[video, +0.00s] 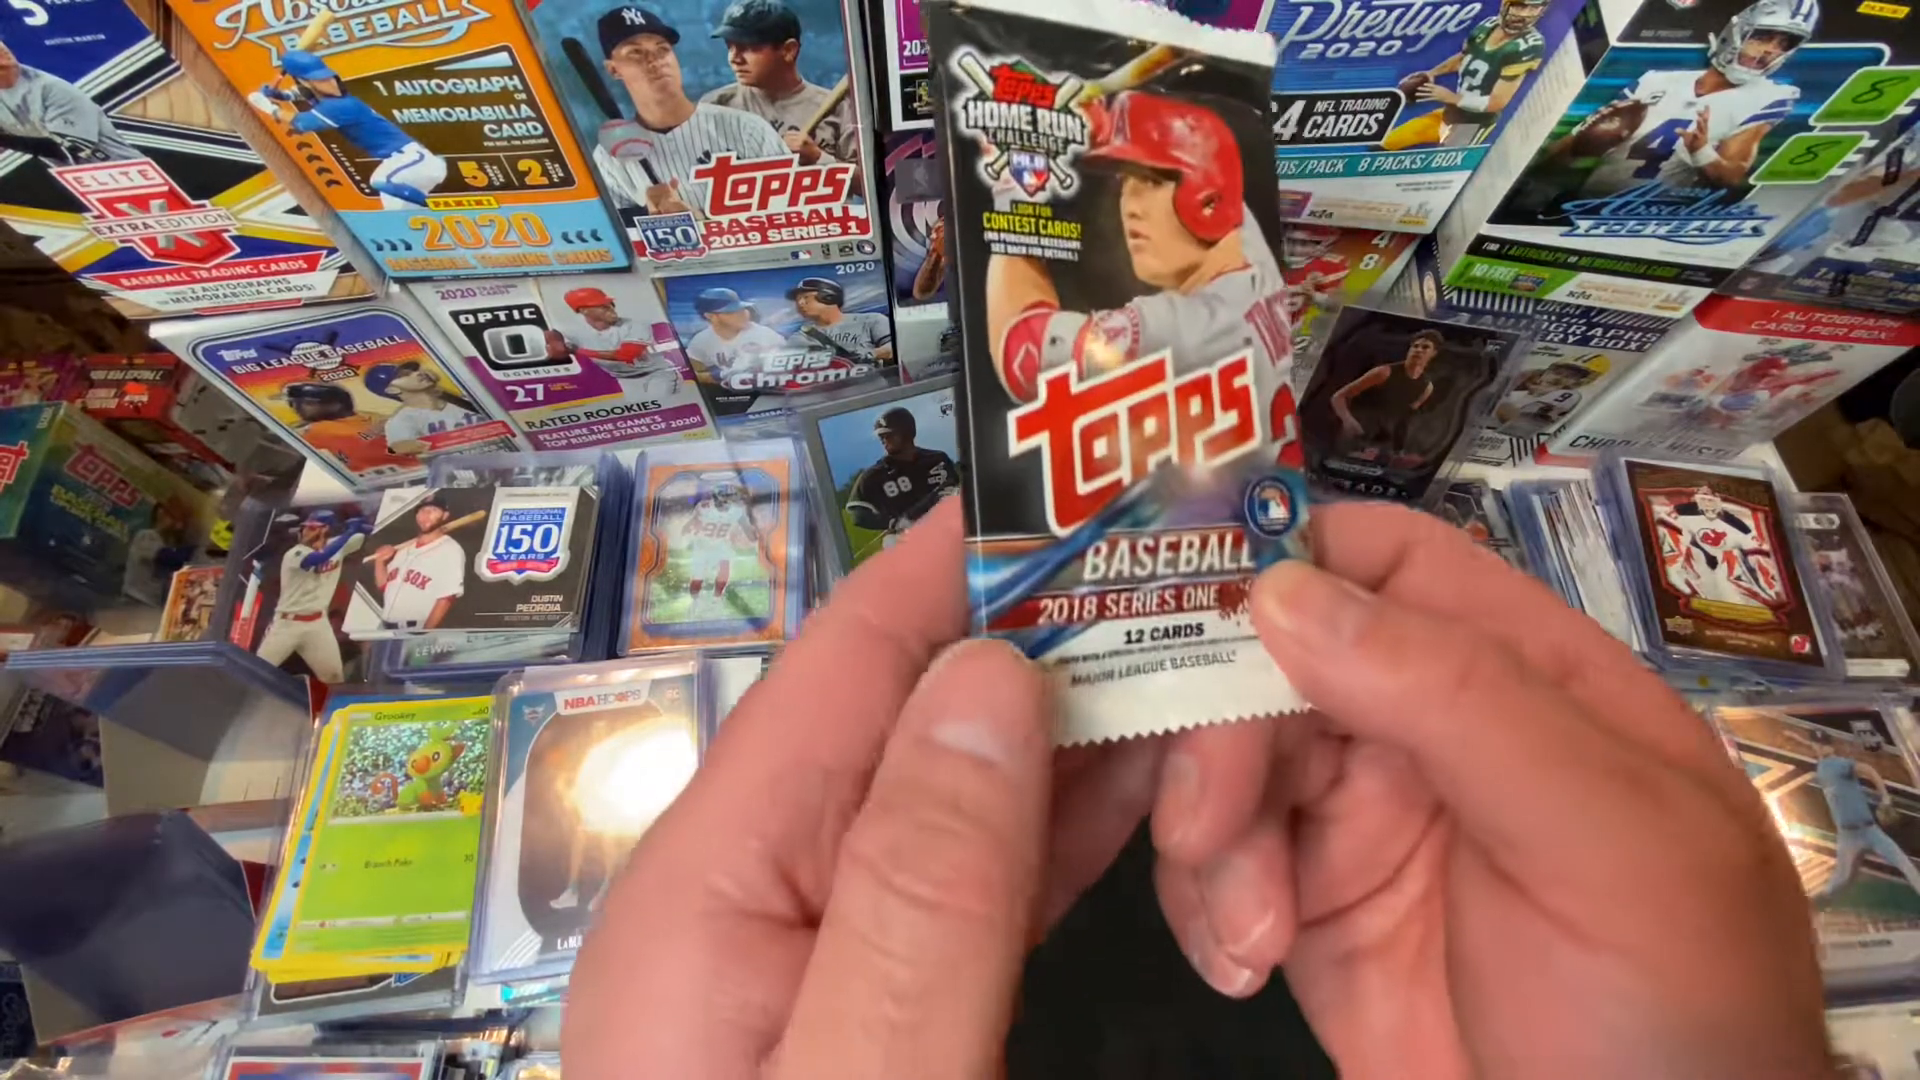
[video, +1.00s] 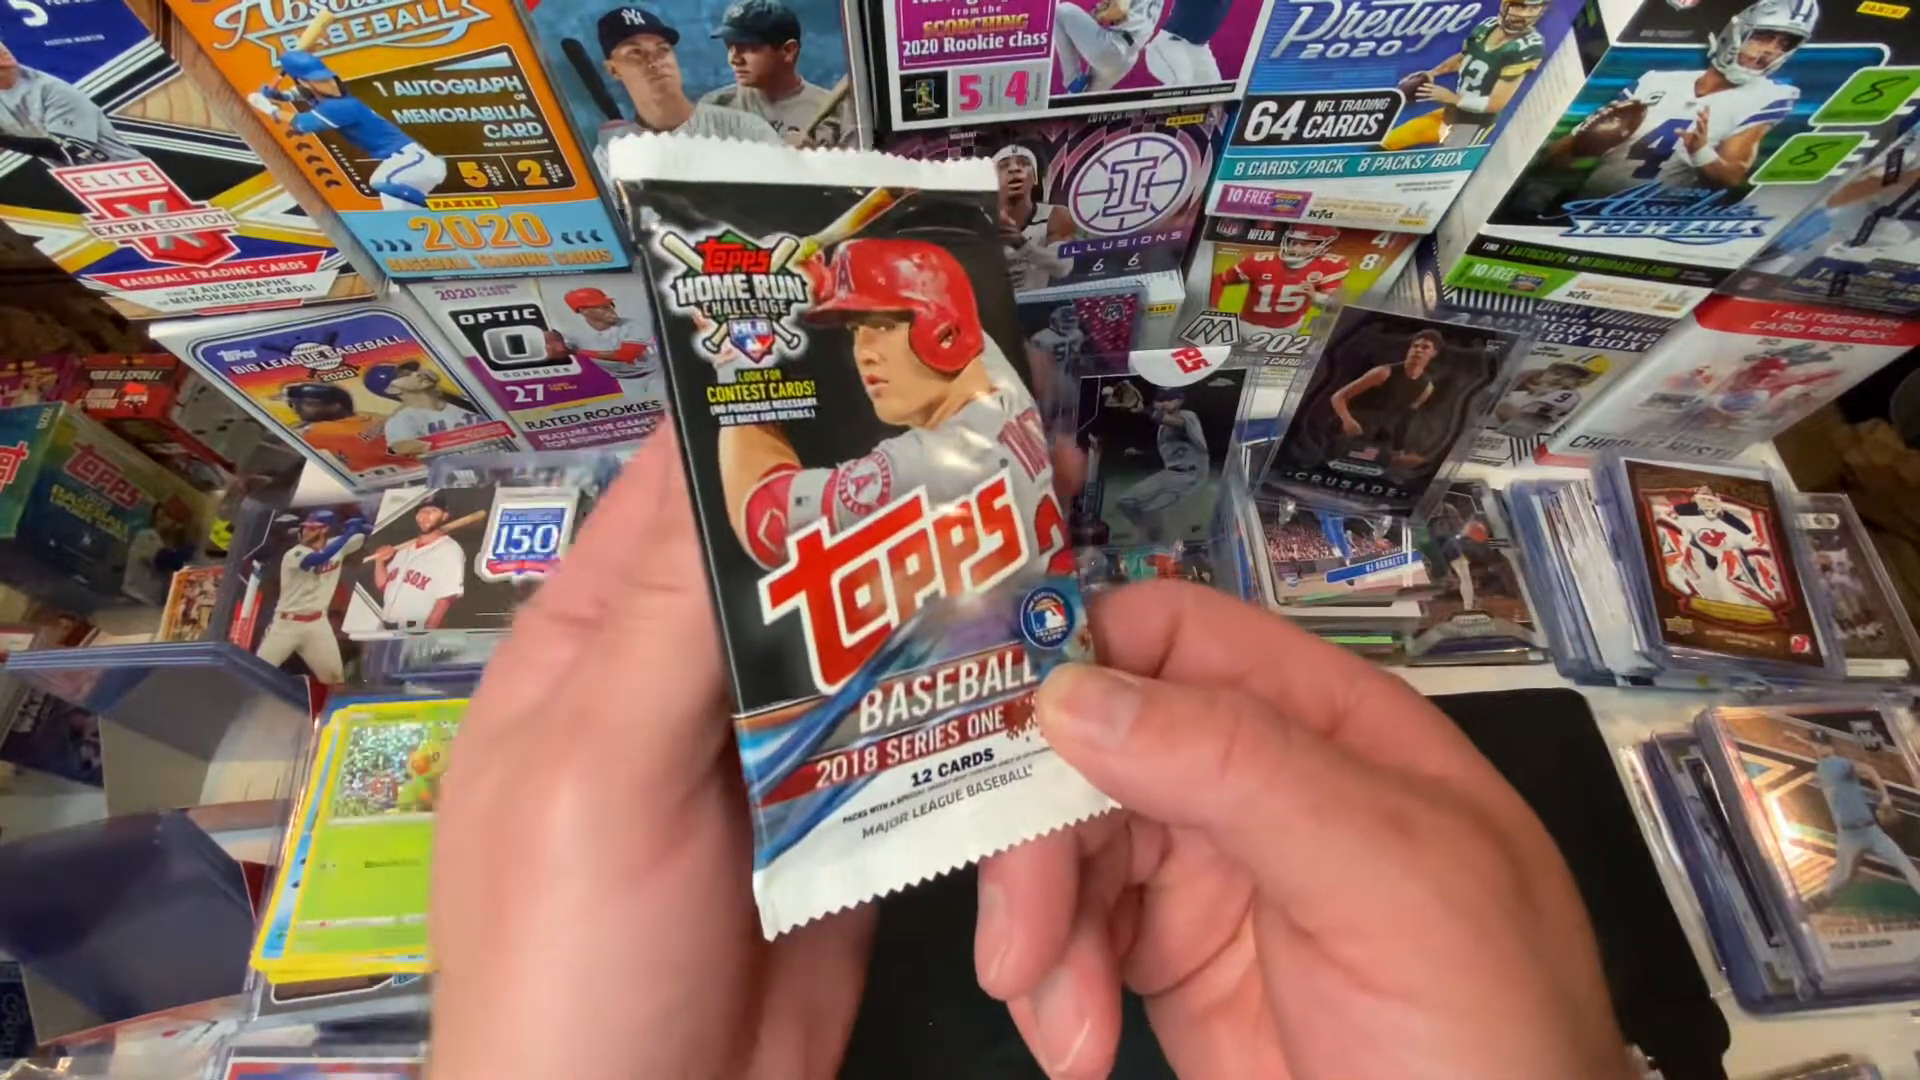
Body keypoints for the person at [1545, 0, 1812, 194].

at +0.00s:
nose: (1770, 52)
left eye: (1783, 46)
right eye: (1764, 37)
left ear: (1789, 56)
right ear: (1738, 32)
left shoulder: (1764, 100)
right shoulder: (1657, 83)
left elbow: (1735, 176)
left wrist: (1702, 154)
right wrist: (1583, 140)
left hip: (1660, 222)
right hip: (1593, 204)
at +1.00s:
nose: (1770, 52)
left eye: (1783, 45)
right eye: (1764, 37)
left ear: (1789, 56)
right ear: (1737, 33)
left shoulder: (1762, 100)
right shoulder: (1657, 83)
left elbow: (1735, 177)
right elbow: (1561, 153)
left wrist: (1703, 154)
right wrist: (1585, 140)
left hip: (1658, 224)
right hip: (1591, 206)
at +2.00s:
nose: (1770, 52)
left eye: (1783, 46)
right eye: (1764, 38)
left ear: (1788, 57)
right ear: (1737, 34)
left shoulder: (1763, 100)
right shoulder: (1658, 82)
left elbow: (1736, 176)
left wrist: (1701, 154)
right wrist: (1579, 141)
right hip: (1592, 206)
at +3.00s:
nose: (1770, 51)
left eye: (1783, 45)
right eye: (1763, 37)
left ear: (1788, 56)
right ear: (1737, 33)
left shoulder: (1762, 100)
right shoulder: (1658, 82)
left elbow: (1735, 178)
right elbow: (1557, 156)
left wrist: (1702, 153)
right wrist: (1582, 138)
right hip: (1593, 206)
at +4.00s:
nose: (1770, 51)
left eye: (1783, 45)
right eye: (1763, 37)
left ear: (1788, 56)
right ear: (1737, 33)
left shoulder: (1763, 100)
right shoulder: (1657, 83)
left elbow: (1735, 178)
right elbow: (1554, 156)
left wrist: (1702, 154)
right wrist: (1582, 138)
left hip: (1660, 226)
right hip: (1592, 207)